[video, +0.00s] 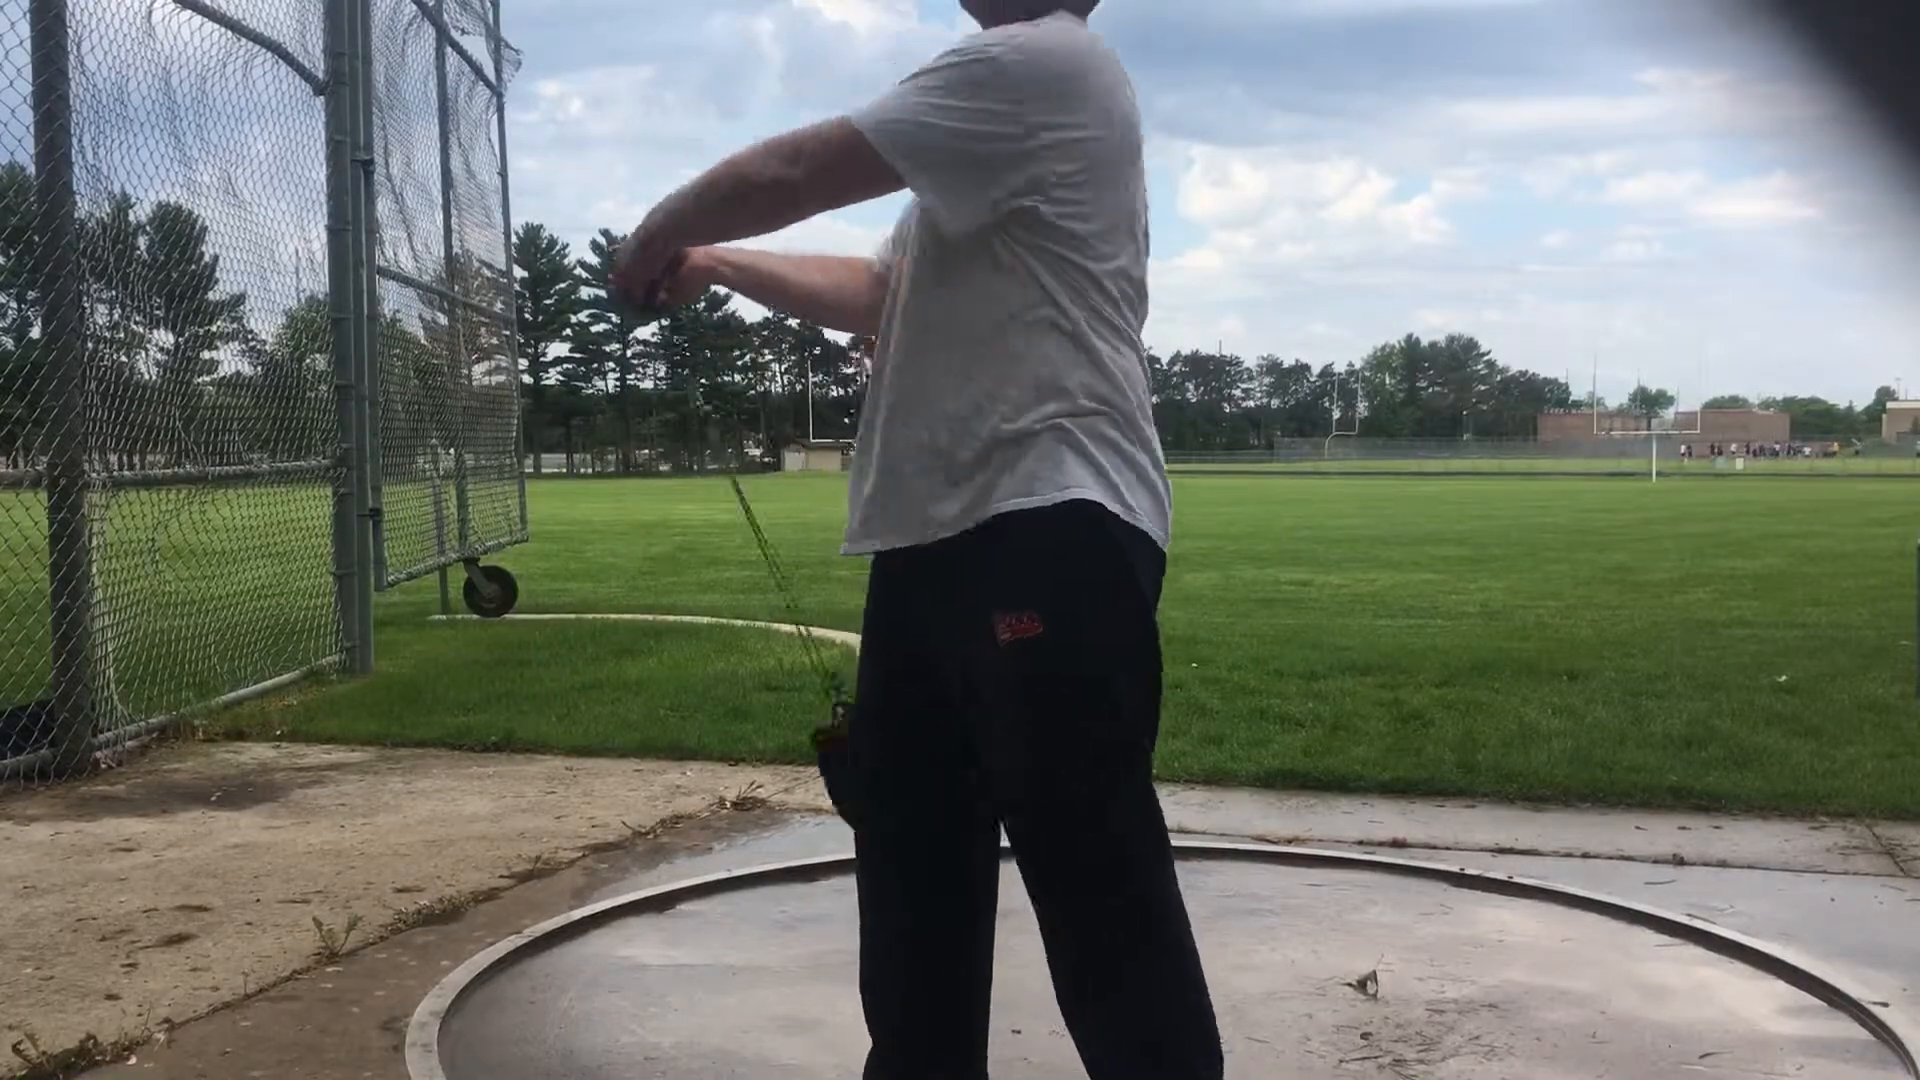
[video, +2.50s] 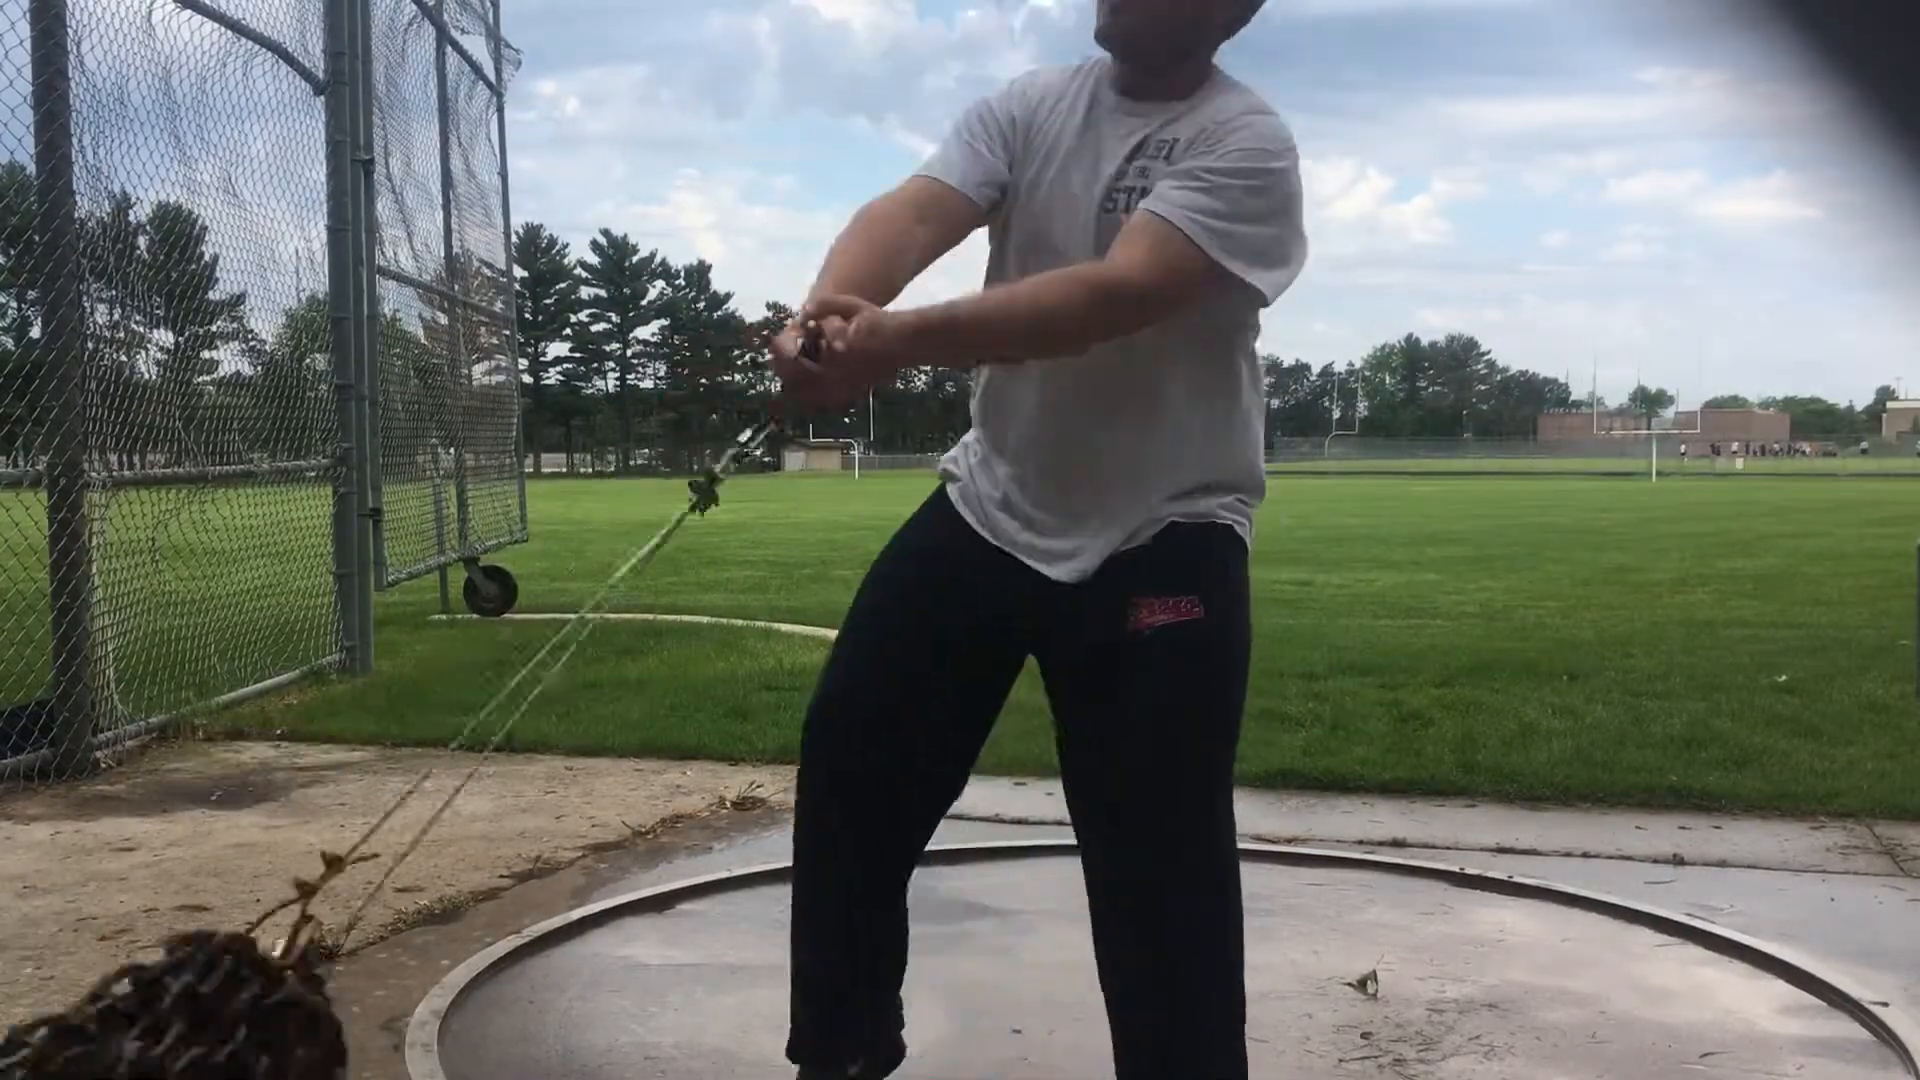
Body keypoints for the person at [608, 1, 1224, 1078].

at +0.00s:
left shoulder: (1047, 58)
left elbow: (800, 166)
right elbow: (885, 295)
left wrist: (661, 230)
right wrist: (714, 260)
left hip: (1050, 515)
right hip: (928, 537)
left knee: (1094, 860)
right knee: (914, 868)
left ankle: (1161, 1061)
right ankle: (921, 1062)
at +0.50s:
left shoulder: (1309, 112)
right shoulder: (1061, 95)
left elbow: (1230, 234)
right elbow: (992, 211)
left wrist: (1038, 291)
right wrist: (967, 305)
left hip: (1210, 532)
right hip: (1032, 524)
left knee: (1194, 880)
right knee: (964, 866)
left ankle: (1200, 1076)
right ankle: (924, 1071)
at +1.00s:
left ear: (1184, 6)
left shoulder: (1186, 130)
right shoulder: (983, 73)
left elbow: (1038, 179)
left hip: (1103, 530)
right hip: (937, 520)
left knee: (1157, 900)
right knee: (916, 899)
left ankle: (1186, 1068)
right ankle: (932, 1071)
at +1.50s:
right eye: (1068, 26)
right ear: (1057, 21)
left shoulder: (903, 29)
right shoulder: (1061, 147)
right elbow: (1026, 292)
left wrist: (1024, 62)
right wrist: (1028, 77)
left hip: (888, 467)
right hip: (989, 491)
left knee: (946, 822)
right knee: (916, 825)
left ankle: (1148, 1066)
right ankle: (936, 1061)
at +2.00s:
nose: (960, 13)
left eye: (970, 3)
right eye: (965, 6)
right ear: (1087, 7)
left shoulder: (990, 66)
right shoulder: (1117, 110)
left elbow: (814, 241)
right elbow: (980, 324)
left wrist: (750, 329)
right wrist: (788, 352)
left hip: (1041, 523)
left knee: (1061, 862)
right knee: (947, 859)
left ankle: (1141, 1064)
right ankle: (940, 1064)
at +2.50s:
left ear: (1234, 8)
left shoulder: (1247, 145)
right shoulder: (1031, 106)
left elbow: (1121, 293)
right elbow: (918, 212)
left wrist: (903, 339)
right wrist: (834, 302)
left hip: (1160, 540)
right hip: (987, 516)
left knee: (1160, 872)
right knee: (849, 770)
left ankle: (1179, 1072)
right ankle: (842, 1056)